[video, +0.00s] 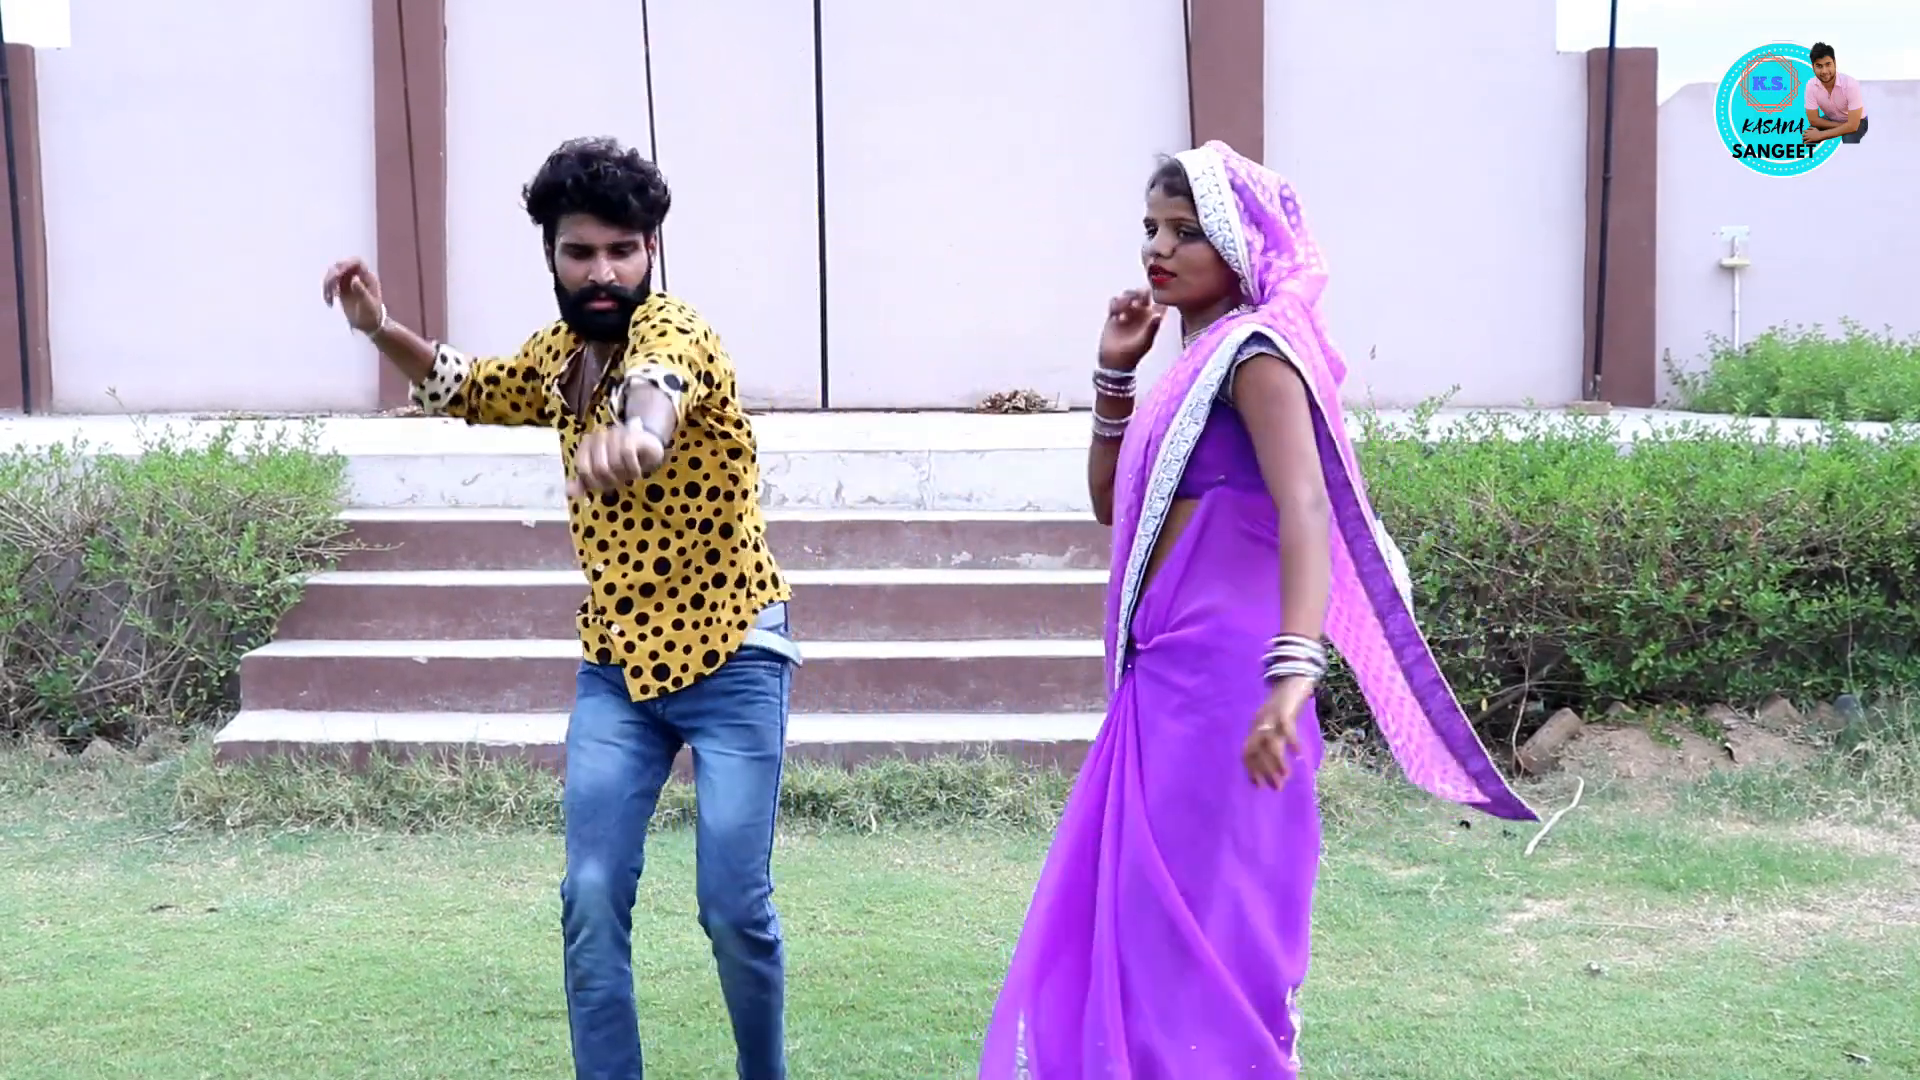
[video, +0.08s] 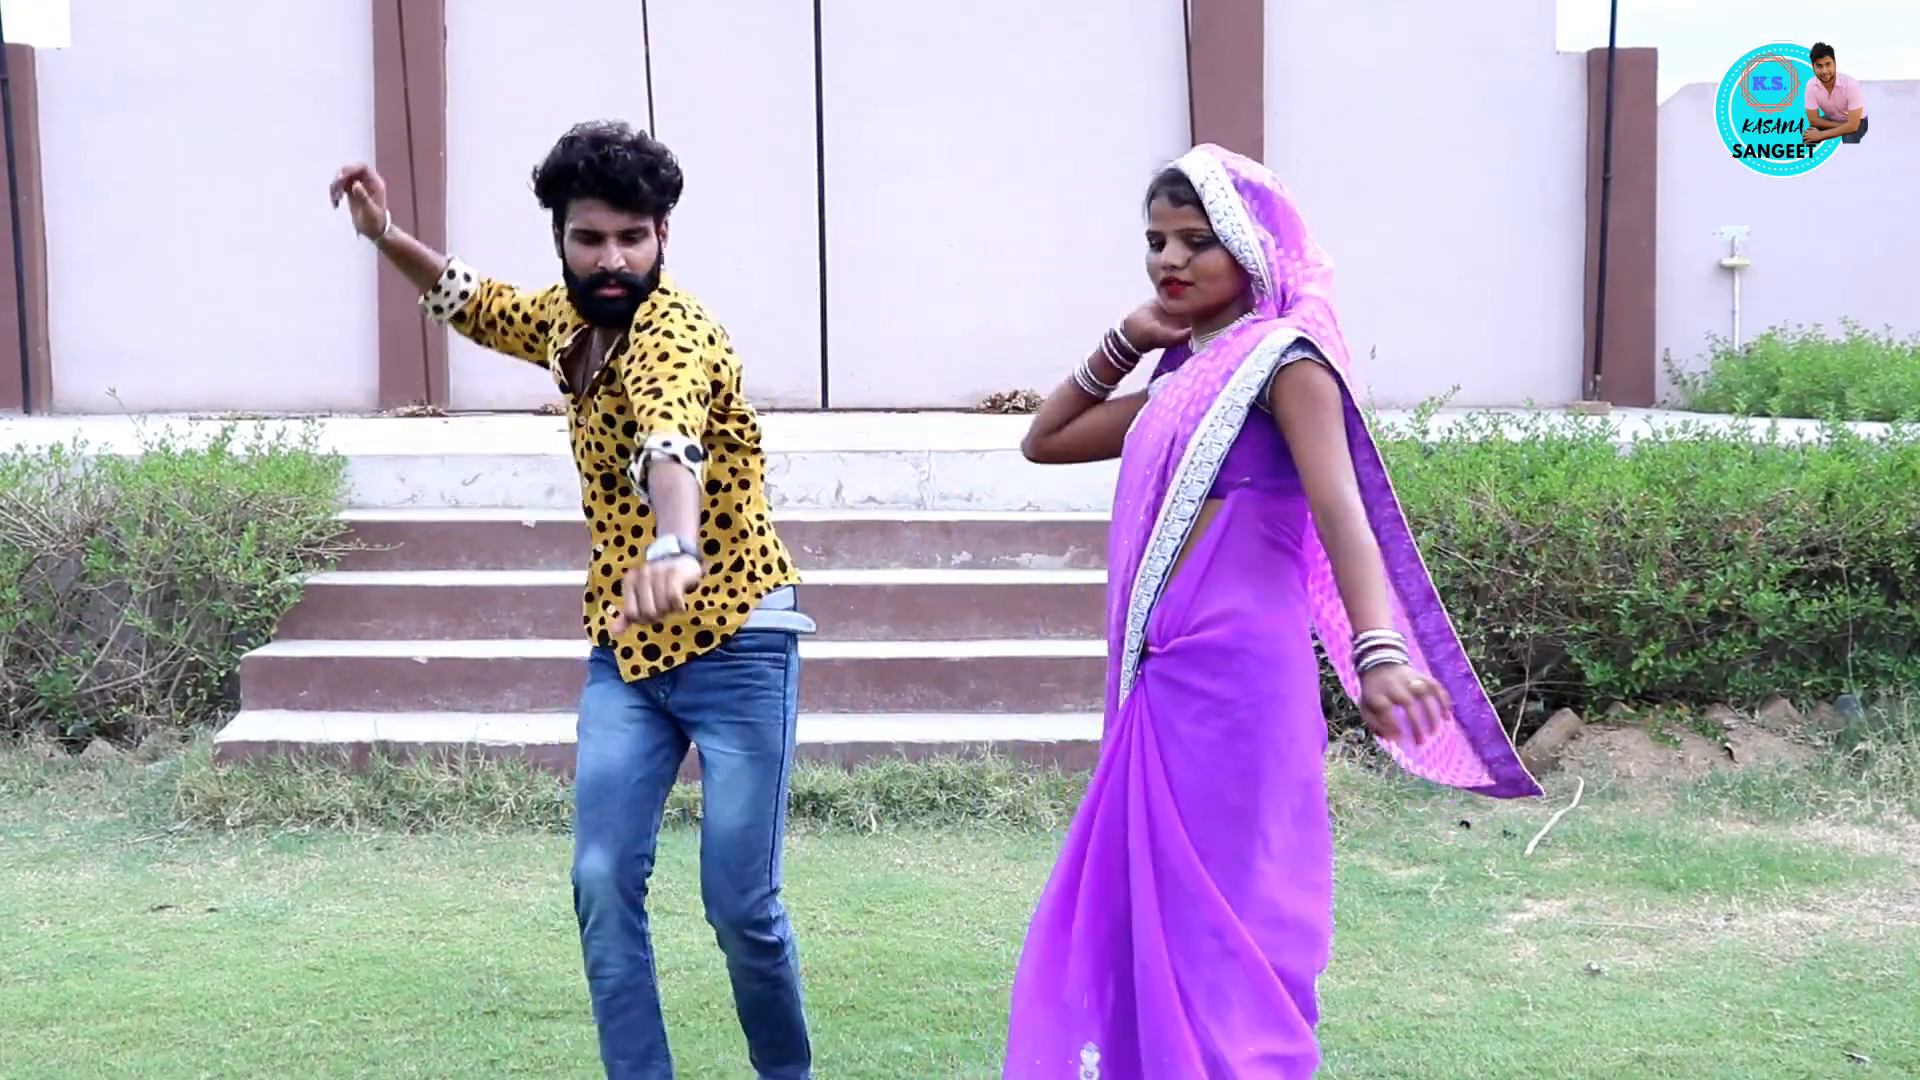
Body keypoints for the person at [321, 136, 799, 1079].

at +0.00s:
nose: (602, 274)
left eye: (622, 253)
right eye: (579, 253)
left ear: (653, 253)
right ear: (551, 258)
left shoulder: (669, 331)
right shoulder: (554, 361)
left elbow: (656, 389)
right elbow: (463, 387)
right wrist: (383, 329)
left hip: (734, 660)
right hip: (618, 666)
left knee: (733, 904)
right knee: (592, 895)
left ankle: (764, 1071)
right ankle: (608, 1073)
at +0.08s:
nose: (612, 261)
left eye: (633, 239)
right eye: (589, 240)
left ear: (664, 237)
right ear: (559, 241)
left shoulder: (675, 333)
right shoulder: (565, 323)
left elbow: (667, 444)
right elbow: (471, 301)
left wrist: (670, 545)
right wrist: (387, 235)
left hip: (740, 650)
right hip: (626, 656)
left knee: (740, 901)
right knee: (601, 881)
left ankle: (787, 1070)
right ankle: (641, 1074)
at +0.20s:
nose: (629, 273)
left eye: (652, 251)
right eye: (608, 249)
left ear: (683, 251)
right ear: (576, 251)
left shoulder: (685, 366)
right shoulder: (593, 321)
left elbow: (706, 536)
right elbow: (512, 228)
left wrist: (725, 696)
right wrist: (415, 127)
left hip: (736, 668)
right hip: (631, 670)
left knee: (714, 924)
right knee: (620, 916)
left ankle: (786, 1072)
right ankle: (695, 1079)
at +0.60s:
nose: (670, 231)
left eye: (695, 211)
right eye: (653, 206)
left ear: (736, 214)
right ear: (629, 203)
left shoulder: (789, 351)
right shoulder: (591, 269)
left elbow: (848, 536)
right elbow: (487, 148)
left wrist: (905, 692)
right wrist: (422, 8)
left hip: (762, 664)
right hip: (635, 667)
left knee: (775, 913)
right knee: (651, 928)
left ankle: (753, 994)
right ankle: (703, 1073)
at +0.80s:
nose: (683, 251)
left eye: (707, 232)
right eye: (669, 229)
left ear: (757, 241)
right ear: (652, 231)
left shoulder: (817, 353)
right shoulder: (611, 329)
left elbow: (873, 506)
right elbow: (462, 247)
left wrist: (933, 635)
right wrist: (339, 116)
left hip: (794, 689)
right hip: (665, 690)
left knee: (824, 921)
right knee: (667, 930)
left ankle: (717, 1047)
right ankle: (710, 1079)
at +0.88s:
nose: (694, 240)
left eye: (719, 219)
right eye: (679, 218)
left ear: (774, 230)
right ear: (664, 220)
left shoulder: (816, 334)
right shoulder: (631, 324)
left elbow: (860, 473)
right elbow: (487, 293)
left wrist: (917, 576)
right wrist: (350, 213)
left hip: (802, 672)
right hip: (682, 675)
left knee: (833, 899)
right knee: (687, 934)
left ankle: (682, 1027)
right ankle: (713, 1067)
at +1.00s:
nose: (719, 232)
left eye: (745, 211)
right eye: (703, 212)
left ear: (794, 219)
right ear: (689, 215)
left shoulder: (823, 315)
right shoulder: (664, 327)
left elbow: (839, 424)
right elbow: (552, 370)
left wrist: (873, 501)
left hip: (809, 655)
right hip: (703, 659)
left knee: (838, 869)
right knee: (711, 914)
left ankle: (687, 1041)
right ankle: (722, 1073)